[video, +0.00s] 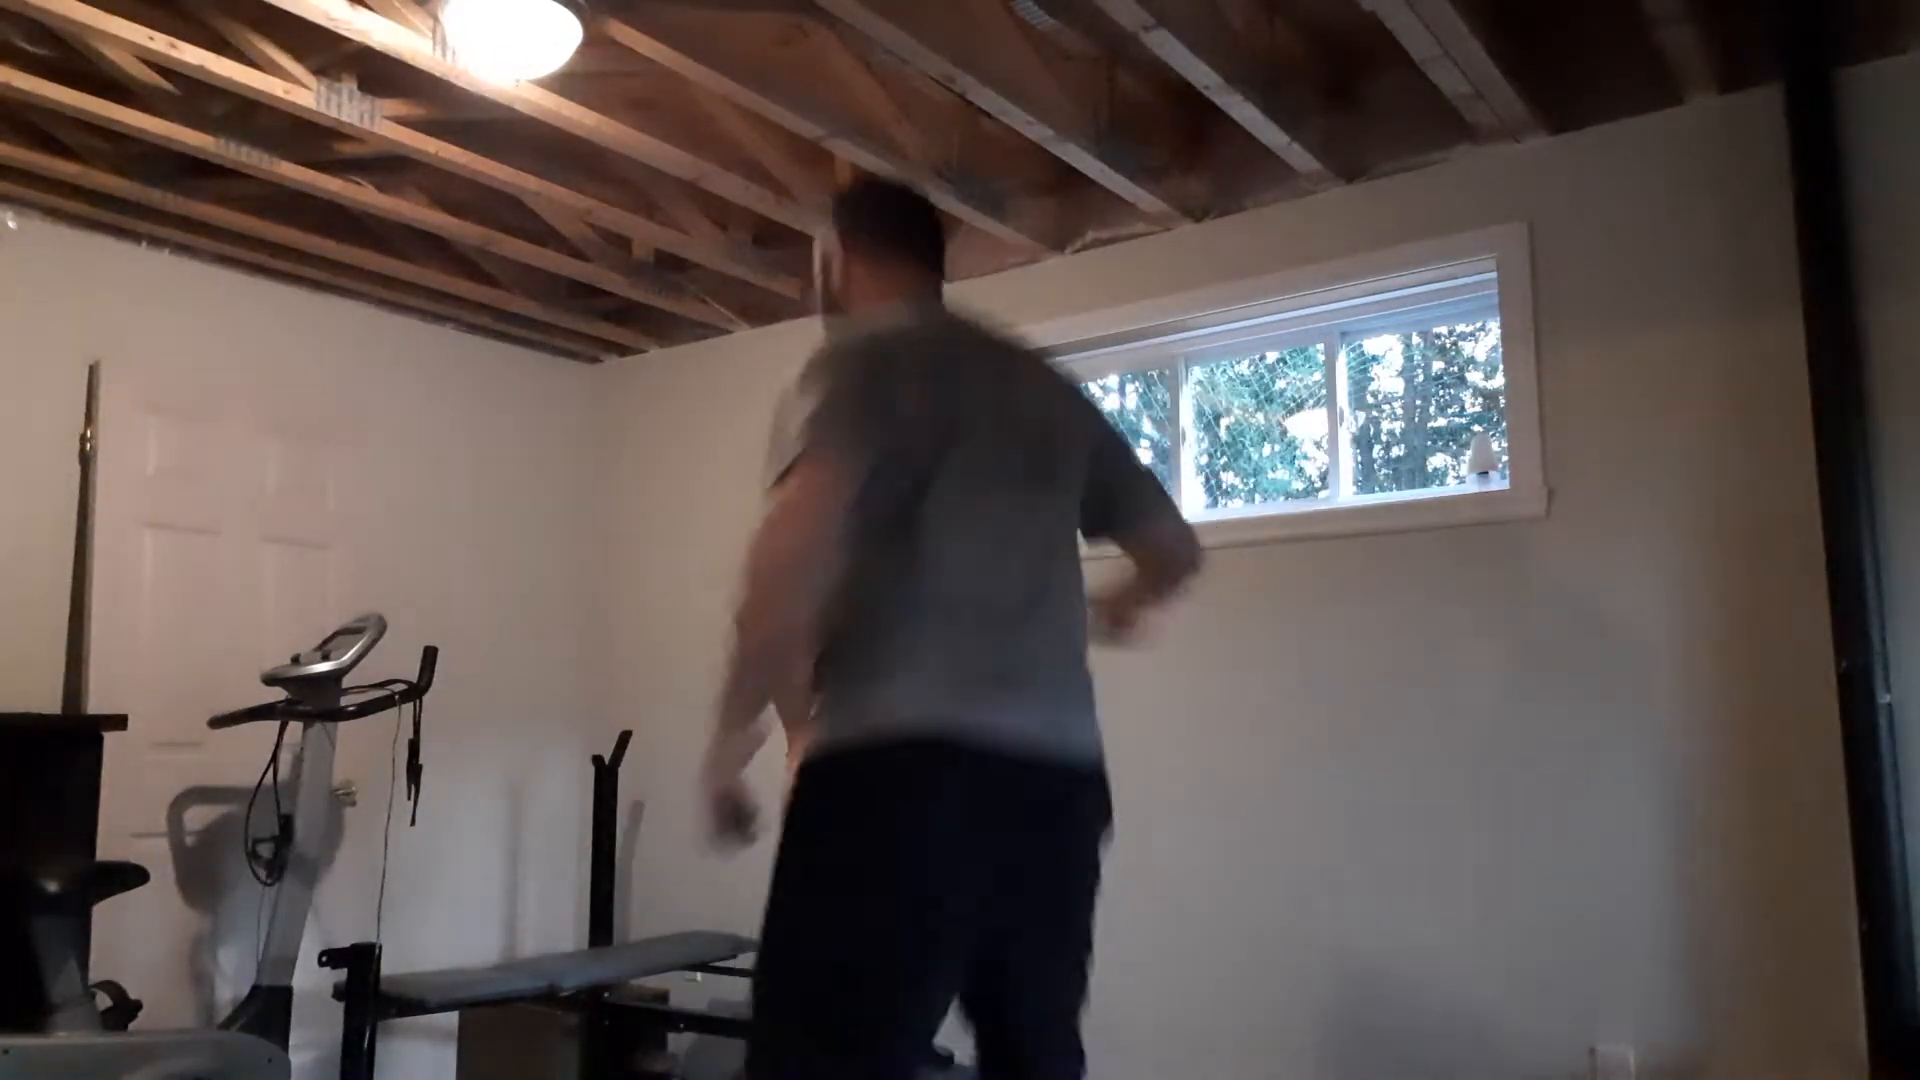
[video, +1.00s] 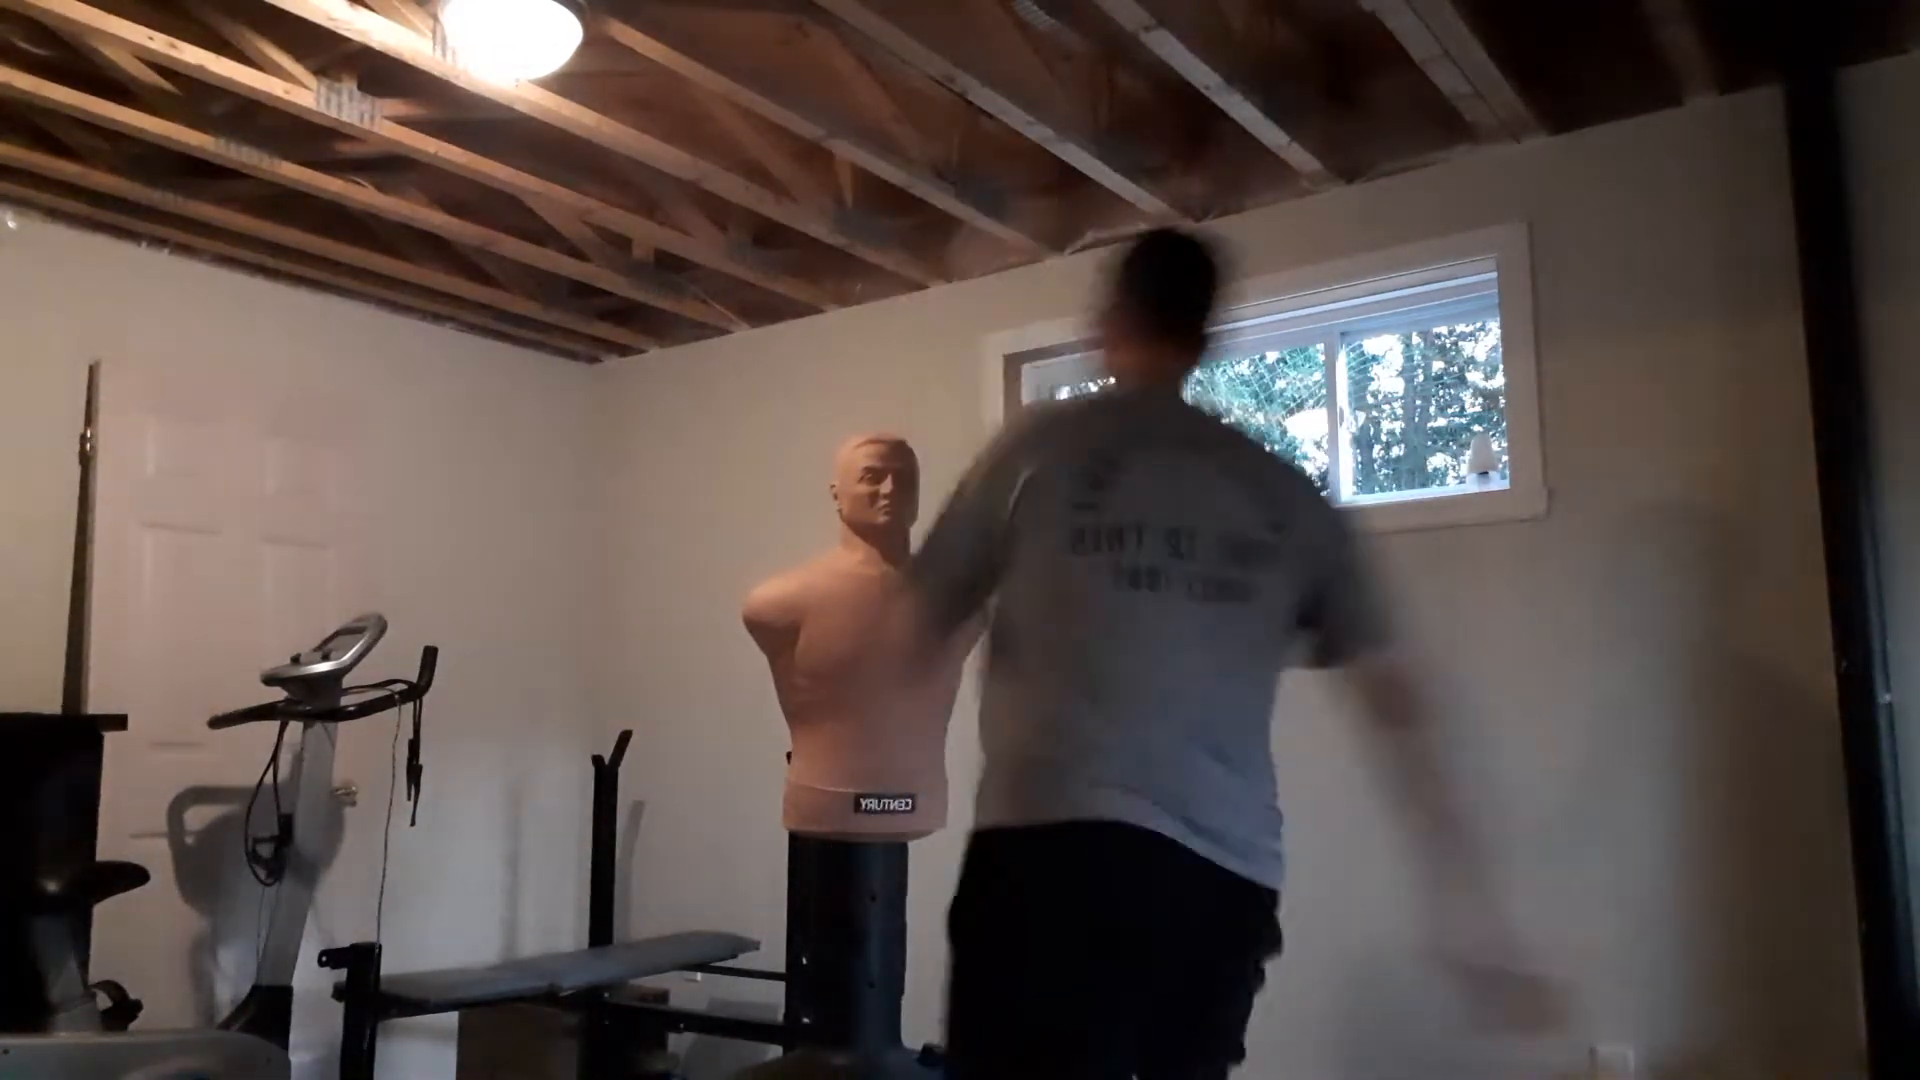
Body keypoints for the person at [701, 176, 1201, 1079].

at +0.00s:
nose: (825, 285)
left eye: (823, 266)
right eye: (825, 269)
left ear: (840, 262)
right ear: (937, 262)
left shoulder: (859, 365)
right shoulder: (1043, 383)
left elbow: (804, 530)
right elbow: (1173, 548)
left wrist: (735, 733)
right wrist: (1119, 606)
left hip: (892, 781)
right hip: (1053, 789)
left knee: (819, 1056)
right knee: (1037, 1056)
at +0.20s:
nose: (831, 268)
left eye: (831, 241)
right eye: (830, 244)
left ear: (861, 236)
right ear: (953, 235)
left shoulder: (931, 342)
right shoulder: (1036, 353)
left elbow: (953, 550)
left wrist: (835, 715)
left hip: (950, 756)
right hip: (1038, 751)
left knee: (893, 1044)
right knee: (965, 1039)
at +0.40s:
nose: (860, 290)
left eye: (859, 262)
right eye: (860, 265)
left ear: (887, 259)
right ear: (975, 249)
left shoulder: (1020, 390)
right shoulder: (977, 400)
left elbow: (1065, 626)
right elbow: (1008, 621)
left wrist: (867, 740)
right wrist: (867, 723)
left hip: (1025, 815)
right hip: (978, 812)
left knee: (955, 1064)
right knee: (931, 1060)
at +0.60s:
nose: (881, 296)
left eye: (882, 270)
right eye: (881, 273)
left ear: (902, 269)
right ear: (994, 262)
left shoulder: (995, 373)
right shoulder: (1073, 384)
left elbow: (1037, 611)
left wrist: (879, 697)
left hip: (1034, 807)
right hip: (1095, 799)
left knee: (992, 1060)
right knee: (1074, 1055)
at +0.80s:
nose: (904, 288)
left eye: (907, 266)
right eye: (908, 268)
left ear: (925, 267)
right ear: (1025, 272)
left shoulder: (972, 362)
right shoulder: (1110, 375)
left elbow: (997, 572)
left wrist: (880, 745)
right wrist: (893, 556)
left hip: (1106, 783)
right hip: (1216, 780)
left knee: (990, 1052)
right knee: (1139, 1058)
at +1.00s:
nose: (1106, 328)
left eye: (1111, 313)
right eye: (1122, 312)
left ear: (1111, 323)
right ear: (1206, 333)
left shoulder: (1038, 444)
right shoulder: (1283, 490)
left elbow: (911, 636)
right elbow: (1395, 701)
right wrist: (1474, 928)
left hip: (1042, 859)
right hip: (1216, 882)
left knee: (1011, 1066)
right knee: (1181, 1067)